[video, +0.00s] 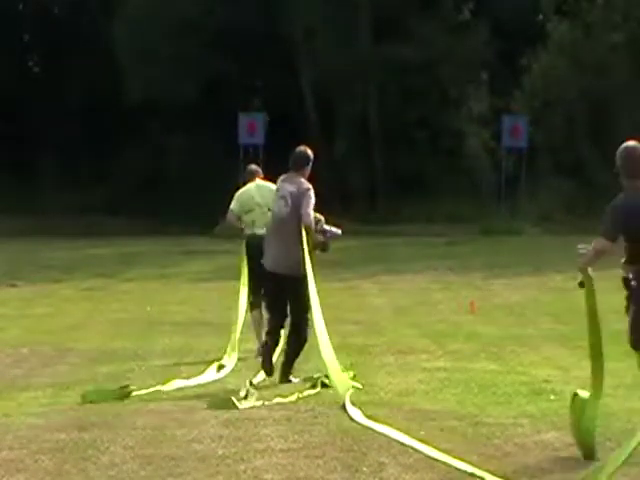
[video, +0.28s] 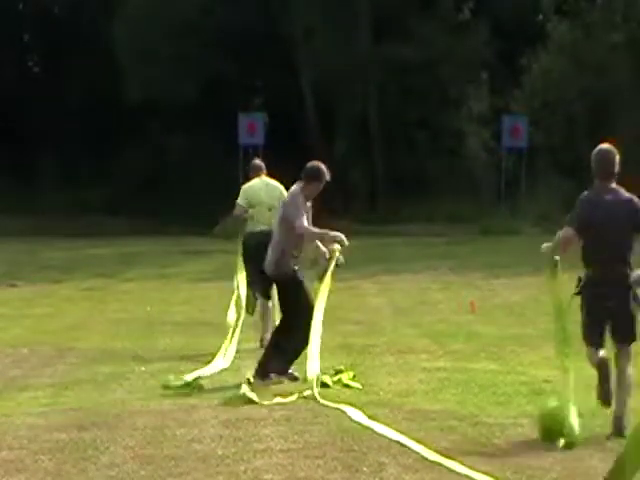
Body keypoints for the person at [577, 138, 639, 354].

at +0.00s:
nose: (617, 170)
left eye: (618, 165)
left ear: (620, 169)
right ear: (638, 167)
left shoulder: (624, 204)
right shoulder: (625, 203)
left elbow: (604, 244)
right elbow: (606, 243)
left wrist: (585, 262)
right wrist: (590, 256)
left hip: (635, 273)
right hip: (634, 272)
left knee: (637, 339)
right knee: (636, 339)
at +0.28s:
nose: (602, 171)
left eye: (598, 165)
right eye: (612, 165)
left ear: (593, 168)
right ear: (617, 168)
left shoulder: (587, 202)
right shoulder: (631, 204)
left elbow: (570, 235)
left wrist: (553, 248)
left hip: (594, 280)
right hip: (623, 280)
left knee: (593, 344)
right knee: (623, 352)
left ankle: (601, 363)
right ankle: (619, 419)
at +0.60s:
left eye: (558, 157)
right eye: (571, 155)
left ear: (552, 158)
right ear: (575, 158)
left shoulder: (542, 192)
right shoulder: (586, 191)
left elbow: (523, 225)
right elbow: (604, 228)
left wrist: (510, 247)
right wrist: (598, 255)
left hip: (553, 261)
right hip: (579, 260)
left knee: (560, 320)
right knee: (570, 320)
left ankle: (571, 369)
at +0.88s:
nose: (523, 173)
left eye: (519, 169)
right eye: (529, 168)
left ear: (514, 172)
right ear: (535, 171)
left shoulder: (516, 204)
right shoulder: (550, 199)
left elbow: (495, 237)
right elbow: (567, 228)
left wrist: (486, 259)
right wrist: (564, 258)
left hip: (525, 270)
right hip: (551, 268)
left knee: (525, 338)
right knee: (544, 334)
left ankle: (534, 392)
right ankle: (550, 350)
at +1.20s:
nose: (489, 175)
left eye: (486, 171)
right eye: (497, 169)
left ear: (482, 173)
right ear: (502, 171)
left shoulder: (484, 203)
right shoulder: (518, 199)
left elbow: (468, 238)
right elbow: (535, 231)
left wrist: (458, 265)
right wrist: (533, 260)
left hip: (491, 269)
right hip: (514, 269)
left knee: (485, 318)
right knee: (511, 324)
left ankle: (492, 364)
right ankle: (508, 376)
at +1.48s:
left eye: (461, 182)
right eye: (472, 180)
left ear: (458, 183)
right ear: (477, 181)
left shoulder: (457, 210)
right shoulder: (492, 200)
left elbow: (447, 248)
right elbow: (511, 225)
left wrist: (437, 280)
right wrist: (512, 255)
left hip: (470, 262)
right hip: (493, 259)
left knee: (473, 313)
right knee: (485, 313)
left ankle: (479, 345)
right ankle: (478, 365)